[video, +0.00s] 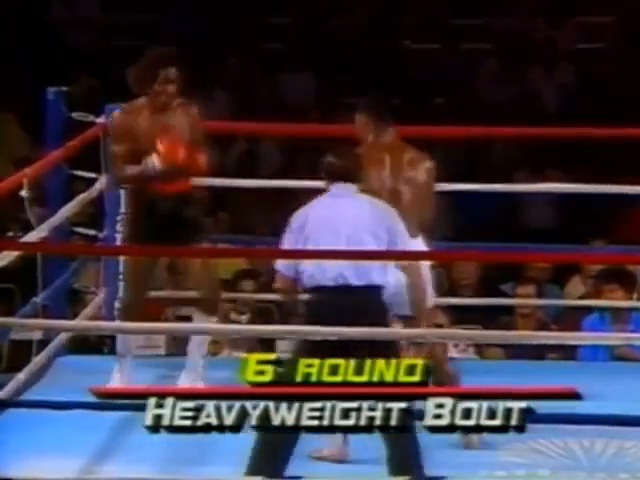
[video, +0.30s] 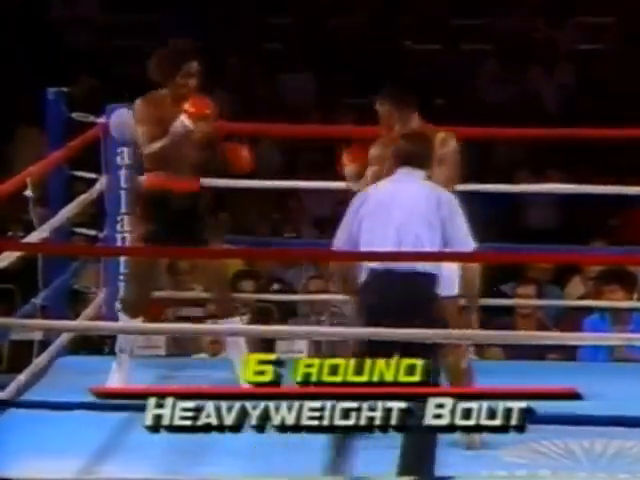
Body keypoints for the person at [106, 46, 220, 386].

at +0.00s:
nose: (169, 89)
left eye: (174, 82)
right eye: (162, 82)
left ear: (179, 85)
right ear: (148, 85)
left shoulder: (188, 115)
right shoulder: (126, 119)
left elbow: (204, 158)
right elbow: (117, 170)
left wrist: (187, 161)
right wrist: (149, 167)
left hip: (184, 208)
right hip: (144, 210)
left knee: (207, 291)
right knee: (134, 295)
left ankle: (193, 373)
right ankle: (123, 371)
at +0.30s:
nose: (192, 82)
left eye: (196, 75)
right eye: (185, 75)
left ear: (200, 77)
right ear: (167, 76)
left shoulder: (201, 108)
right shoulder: (148, 106)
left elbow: (205, 154)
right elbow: (149, 154)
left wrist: (227, 154)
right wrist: (182, 127)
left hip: (191, 195)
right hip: (157, 194)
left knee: (213, 274)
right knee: (140, 278)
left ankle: (240, 359)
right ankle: (121, 367)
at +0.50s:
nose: (240, 95)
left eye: (241, 88)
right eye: (235, 88)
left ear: (234, 90)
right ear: (216, 90)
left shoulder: (231, 118)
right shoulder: (182, 115)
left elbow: (238, 155)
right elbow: (165, 168)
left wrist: (257, 151)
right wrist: (198, 175)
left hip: (218, 208)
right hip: (181, 207)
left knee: (237, 283)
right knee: (164, 287)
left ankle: (250, 360)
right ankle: (127, 363)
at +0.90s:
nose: (221, 106)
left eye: (225, 99)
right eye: (214, 101)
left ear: (229, 95)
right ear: (202, 102)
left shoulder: (245, 116)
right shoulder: (188, 124)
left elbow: (265, 156)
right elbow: (187, 178)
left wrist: (249, 163)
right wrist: (215, 164)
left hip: (247, 207)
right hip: (207, 209)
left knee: (275, 285)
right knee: (189, 293)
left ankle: (277, 360)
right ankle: (168, 373)